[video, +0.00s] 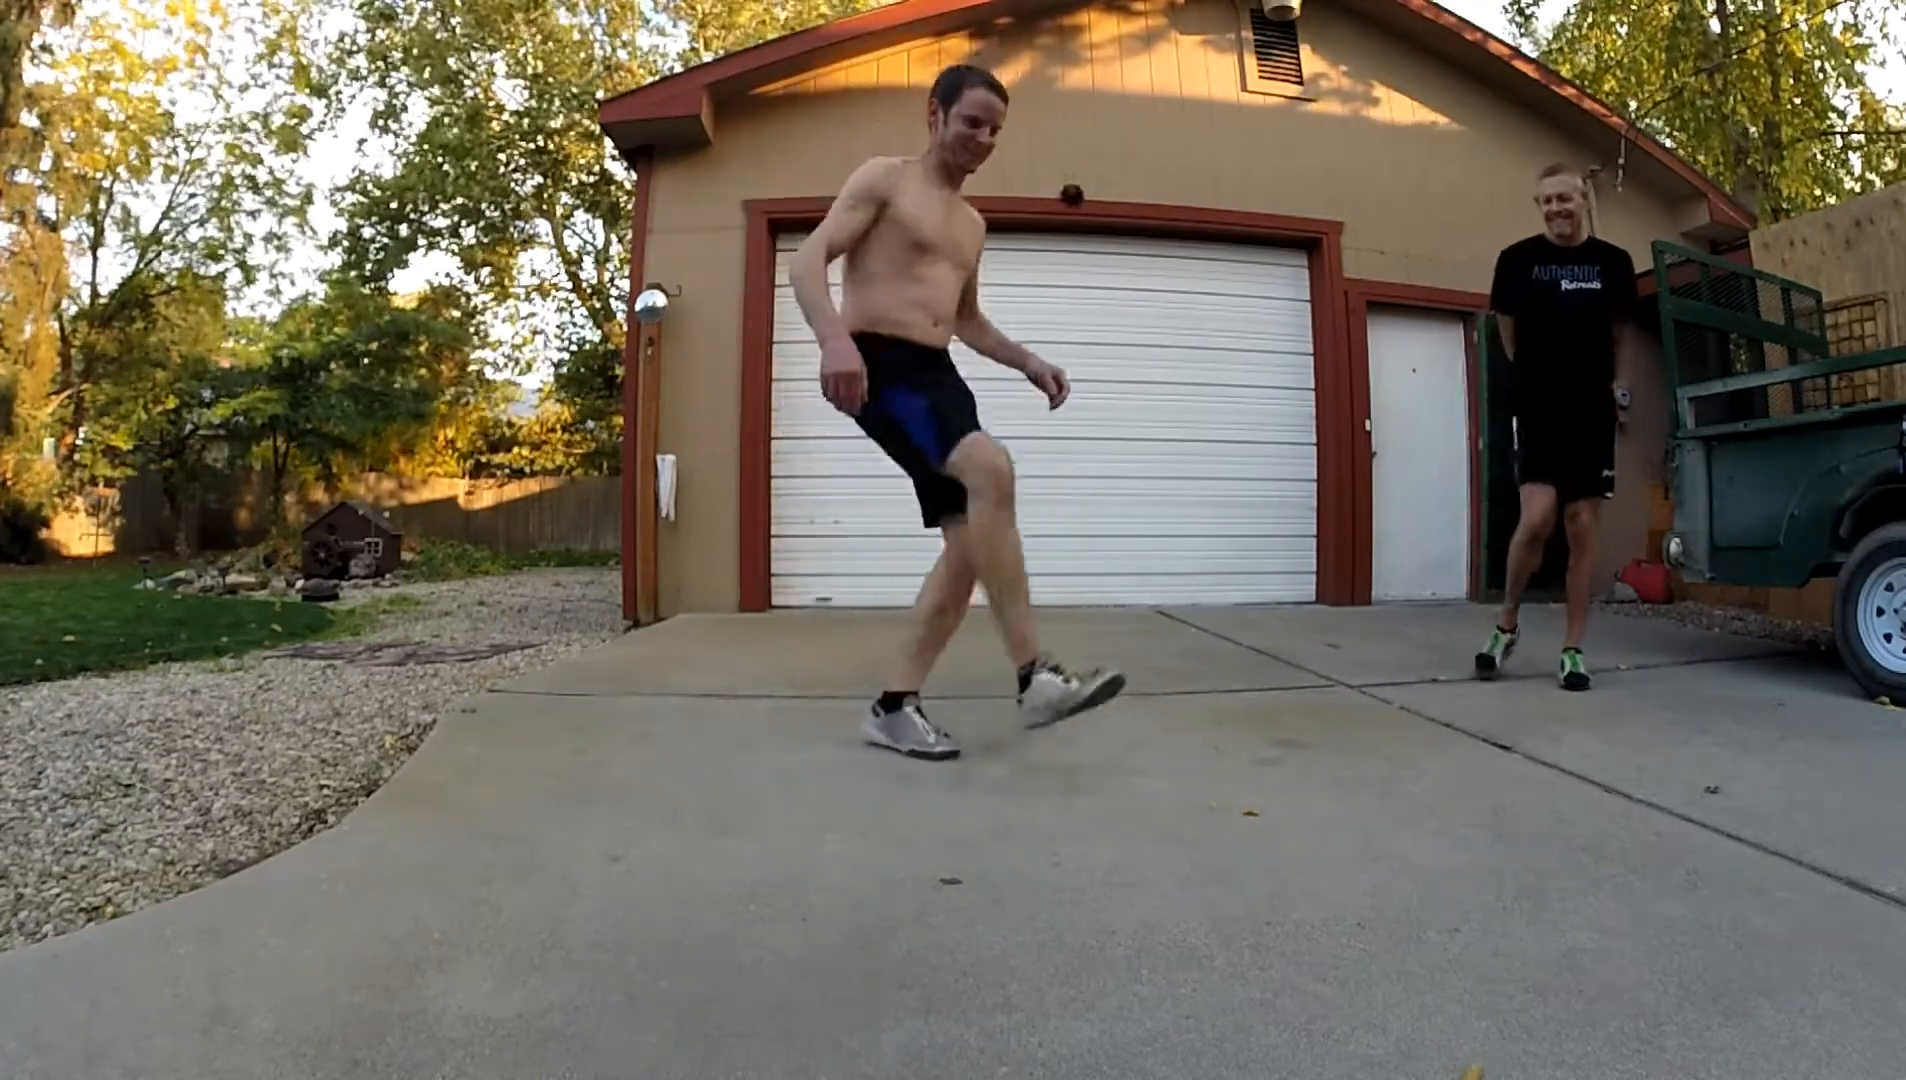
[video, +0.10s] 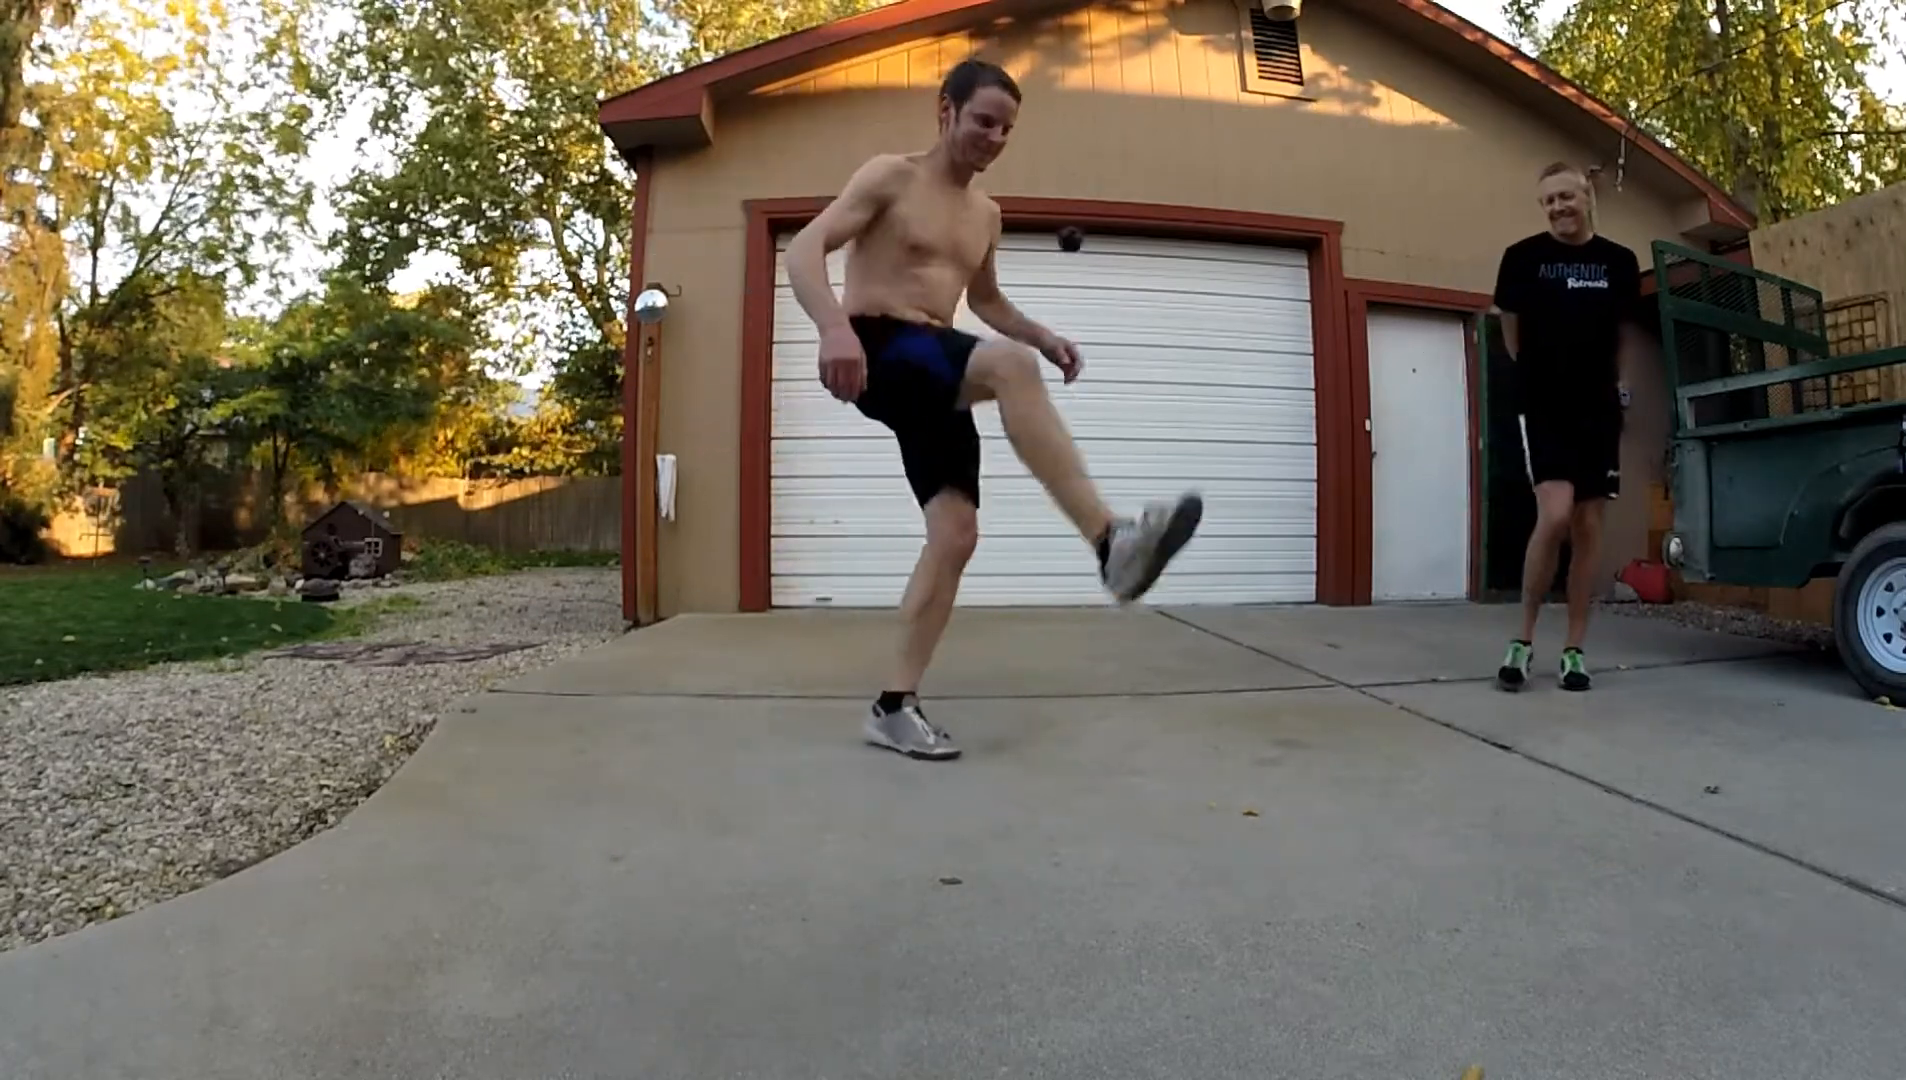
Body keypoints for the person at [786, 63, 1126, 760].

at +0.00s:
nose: (985, 139)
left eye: (995, 129)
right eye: (974, 122)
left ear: (1001, 136)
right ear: (936, 114)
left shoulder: (972, 225)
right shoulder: (883, 177)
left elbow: (967, 318)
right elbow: (806, 262)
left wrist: (1029, 361)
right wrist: (833, 340)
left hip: (935, 370)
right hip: (879, 362)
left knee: (967, 544)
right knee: (990, 470)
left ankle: (896, 704)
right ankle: (1033, 676)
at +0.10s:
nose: (994, 138)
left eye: (1005, 128)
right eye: (983, 121)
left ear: (1010, 132)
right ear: (947, 111)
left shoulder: (983, 213)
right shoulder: (890, 176)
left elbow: (986, 298)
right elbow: (801, 252)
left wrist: (1041, 336)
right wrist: (833, 328)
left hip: (935, 362)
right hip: (876, 346)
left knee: (954, 533)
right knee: (1013, 364)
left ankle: (895, 705)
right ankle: (1111, 546)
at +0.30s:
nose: (1010, 110)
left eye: (1019, 99)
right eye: (999, 94)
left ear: (1022, 103)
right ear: (960, 85)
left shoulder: (993, 181)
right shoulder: (906, 146)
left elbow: (973, 265)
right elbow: (818, 217)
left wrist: (1015, 320)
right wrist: (862, 276)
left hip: (944, 347)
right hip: (886, 323)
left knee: (968, 506)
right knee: (1013, 328)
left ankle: (931, 684)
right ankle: (1025, 535)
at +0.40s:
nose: (1000, 122)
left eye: (1009, 112)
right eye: (989, 107)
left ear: (1013, 119)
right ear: (951, 102)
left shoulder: (986, 200)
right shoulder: (903, 164)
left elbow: (961, 288)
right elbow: (822, 242)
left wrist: (1014, 339)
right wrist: (858, 306)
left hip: (954, 358)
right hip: (900, 347)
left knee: (976, 533)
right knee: (1010, 442)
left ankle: (919, 699)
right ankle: (1008, 652)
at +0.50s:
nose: (997, 144)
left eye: (1006, 135)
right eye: (985, 130)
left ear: (1009, 143)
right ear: (948, 129)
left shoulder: (984, 235)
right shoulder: (898, 190)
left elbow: (978, 325)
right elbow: (827, 278)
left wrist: (1040, 360)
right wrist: (856, 360)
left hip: (959, 377)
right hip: (906, 368)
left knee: (992, 551)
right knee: (1020, 476)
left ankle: (918, 702)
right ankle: (1063, 680)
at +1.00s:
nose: (1015, 155)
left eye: (1025, 146)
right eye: (1005, 141)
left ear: (1031, 153)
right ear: (972, 138)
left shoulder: (1010, 241)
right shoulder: (927, 195)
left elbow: (988, 332)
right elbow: (850, 271)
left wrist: (1041, 367)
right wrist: (871, 330)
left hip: (973, 378)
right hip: (918, 366)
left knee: (1007, 540)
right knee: (1025, 463)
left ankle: (946, 690)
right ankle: (1030, 657)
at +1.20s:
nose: (1026, 153)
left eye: (1036, 143)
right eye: (1015, 138)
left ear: (1043, 148)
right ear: (982, 130)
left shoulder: (1020, 224)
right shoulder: (927, 186)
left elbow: (1016, 299)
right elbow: (839, 250)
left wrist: (1052, 320)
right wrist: (866, 301)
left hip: (960, 370)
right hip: (903, 350)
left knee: (976, 521)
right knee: (1022, 318)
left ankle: (951, 686)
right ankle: (1102, 479)